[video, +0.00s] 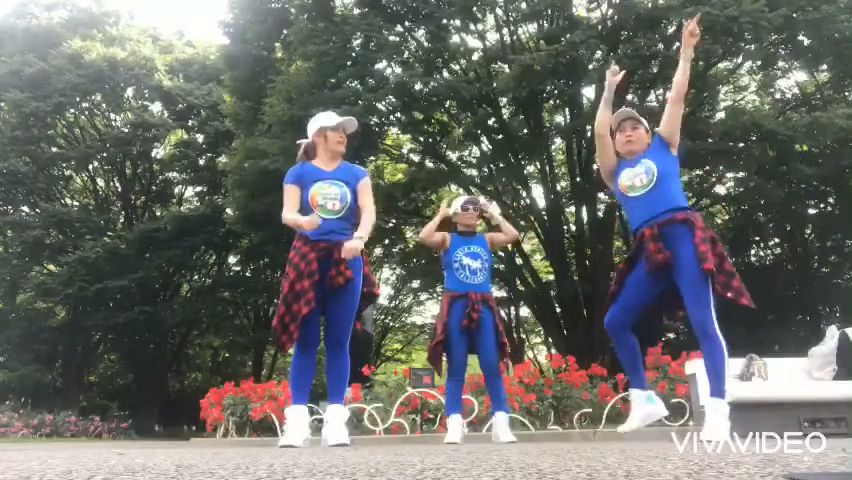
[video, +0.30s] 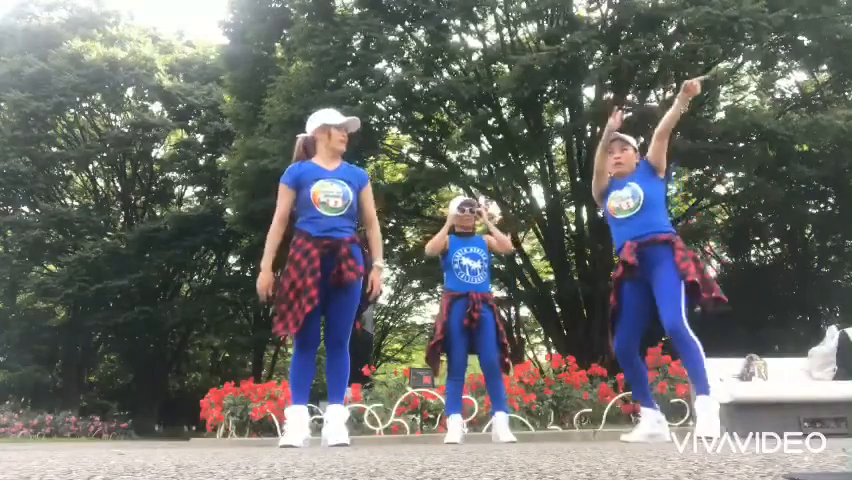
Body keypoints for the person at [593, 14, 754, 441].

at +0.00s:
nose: (628, 133)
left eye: (634, 127)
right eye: (621, 130)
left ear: (646, 132)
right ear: (614, 141)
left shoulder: (663, 145)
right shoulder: (614, 170)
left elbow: (676, 96)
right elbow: (601, 130)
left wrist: (687, 49)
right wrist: (609, 90)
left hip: (681, 233)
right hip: (649, 248)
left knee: (702, 319)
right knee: (616, 321)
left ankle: (717, 407)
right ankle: (644, 400)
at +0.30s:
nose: (617, 154)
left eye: (623, 149)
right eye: (611, 151)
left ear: (636, 155)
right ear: (607, 160)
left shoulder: (650, 170)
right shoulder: (605, 190)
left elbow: (662, 132)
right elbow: (600, 165)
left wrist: (682, 99)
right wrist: (608, 131)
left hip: (662, 253)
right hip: (631, 267)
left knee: (674, 324)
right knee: (624, 345)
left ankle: (704, 402)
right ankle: (652, 419)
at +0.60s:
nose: (608, 171)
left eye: (613, 165)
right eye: (601, 168)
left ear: (625, 167)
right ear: (595, 176)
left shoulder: (635, 182)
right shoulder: (599, 206)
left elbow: (649, 182)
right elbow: (593, 229)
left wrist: (674, 181)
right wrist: (600, 229)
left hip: (660, 263)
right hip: (633, 276)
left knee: (668, 335)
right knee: (605, 333)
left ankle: (687, 409)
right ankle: (631, 402)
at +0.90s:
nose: (604, 182)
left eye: (609, 177)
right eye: (598, 178)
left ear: (620, 181)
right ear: (591, 183)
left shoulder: (629, 202)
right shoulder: (591, 218)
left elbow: (647, 238)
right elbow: (585, 254)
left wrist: (665, 274)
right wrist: (585, 285)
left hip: (639, 274)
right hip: (612, 283)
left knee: (632, 336)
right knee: (613, 353)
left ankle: (684, 399)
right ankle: (635, 420)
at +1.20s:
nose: (611, 180)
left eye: (616, 174)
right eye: (605, 175)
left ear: (624, 176)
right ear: (595, 176)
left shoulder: (636, 199)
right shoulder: (585, 210)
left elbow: (658, 234)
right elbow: (583, 252)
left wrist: (674, 269)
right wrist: (586, 286)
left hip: (640, 272)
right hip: (607, 279)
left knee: (651, 331)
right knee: (619, 349)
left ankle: (669, 399)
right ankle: (634, 419)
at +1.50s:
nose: (636, 156)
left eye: (641, 150)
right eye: (629, 150)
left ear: (648, 151)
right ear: (615, 152)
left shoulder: (662, 182)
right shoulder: (598, 189)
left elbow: (678, 226)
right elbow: (587, 235)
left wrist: (693, 266)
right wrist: (590, 274)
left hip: (663, 264)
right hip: (622, 268)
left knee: (671, 340)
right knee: (620, 347)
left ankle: (674, 413)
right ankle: (628, 402)